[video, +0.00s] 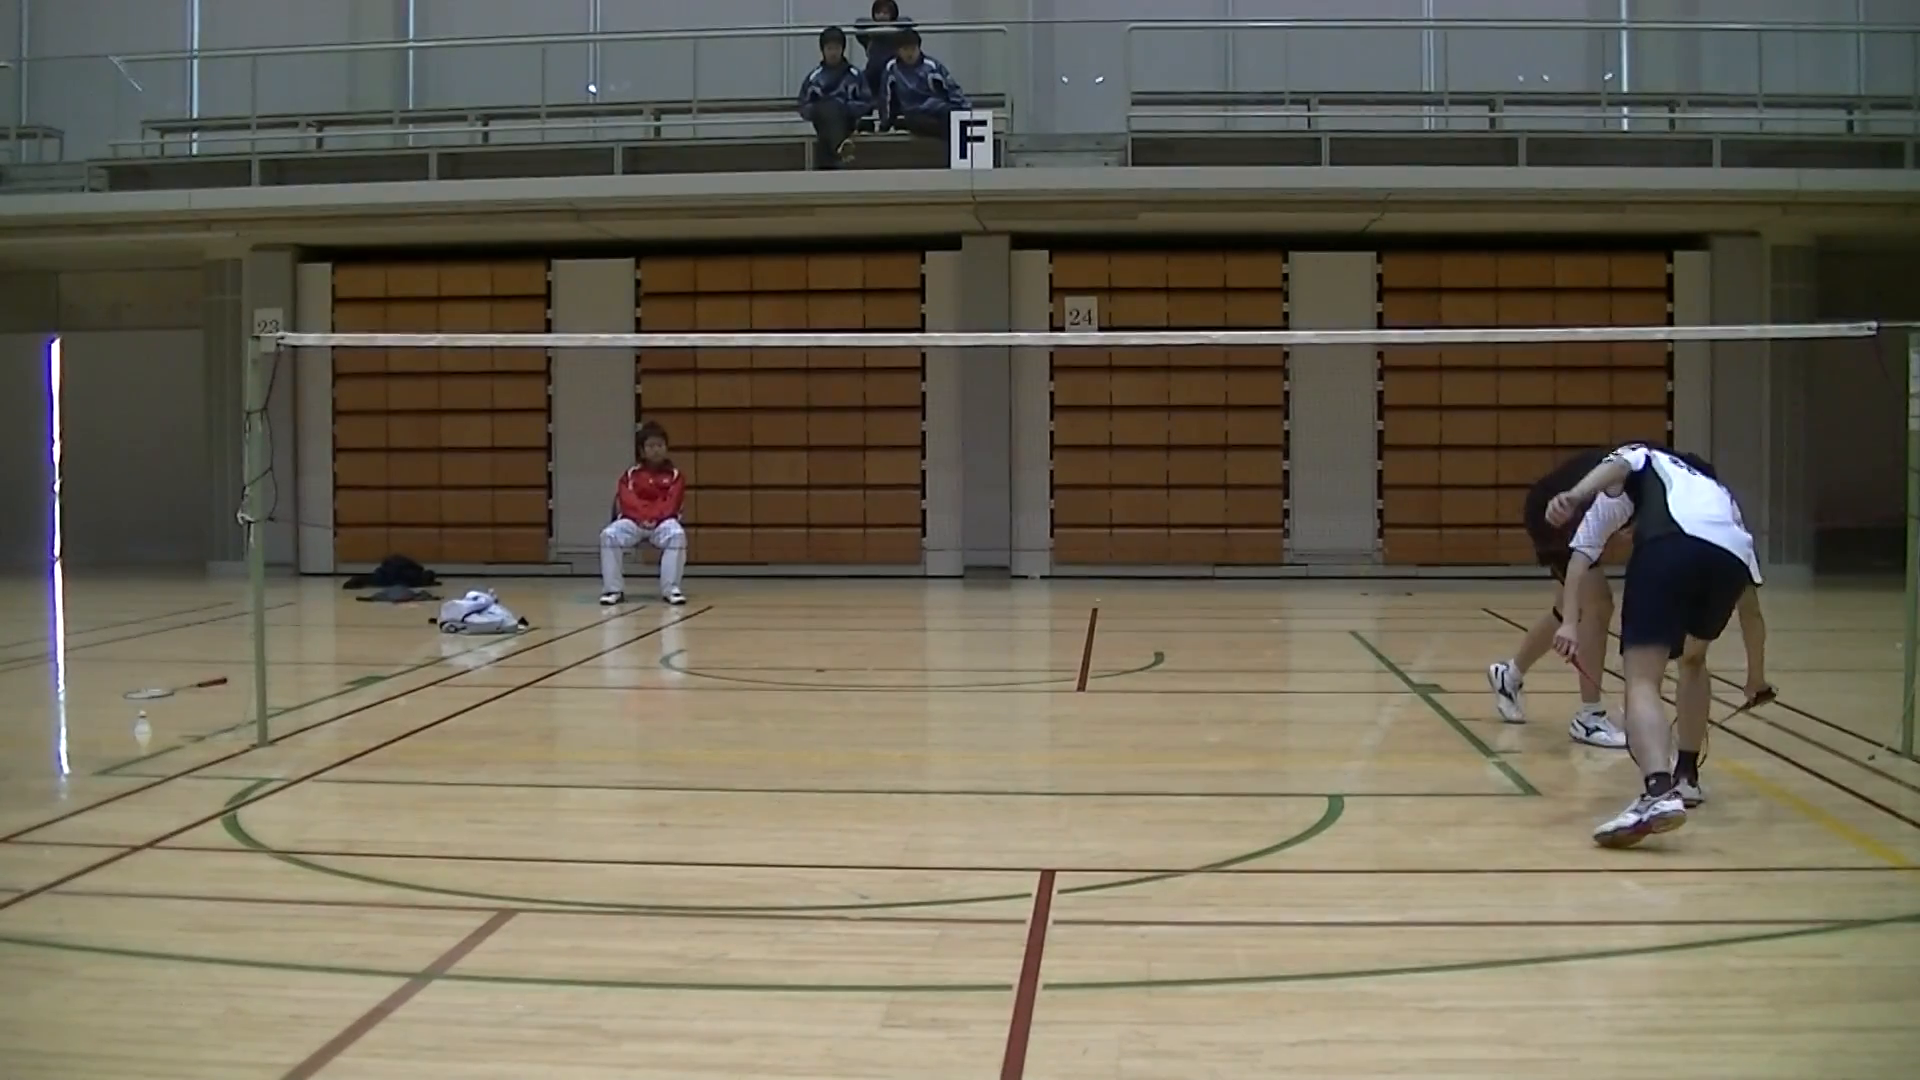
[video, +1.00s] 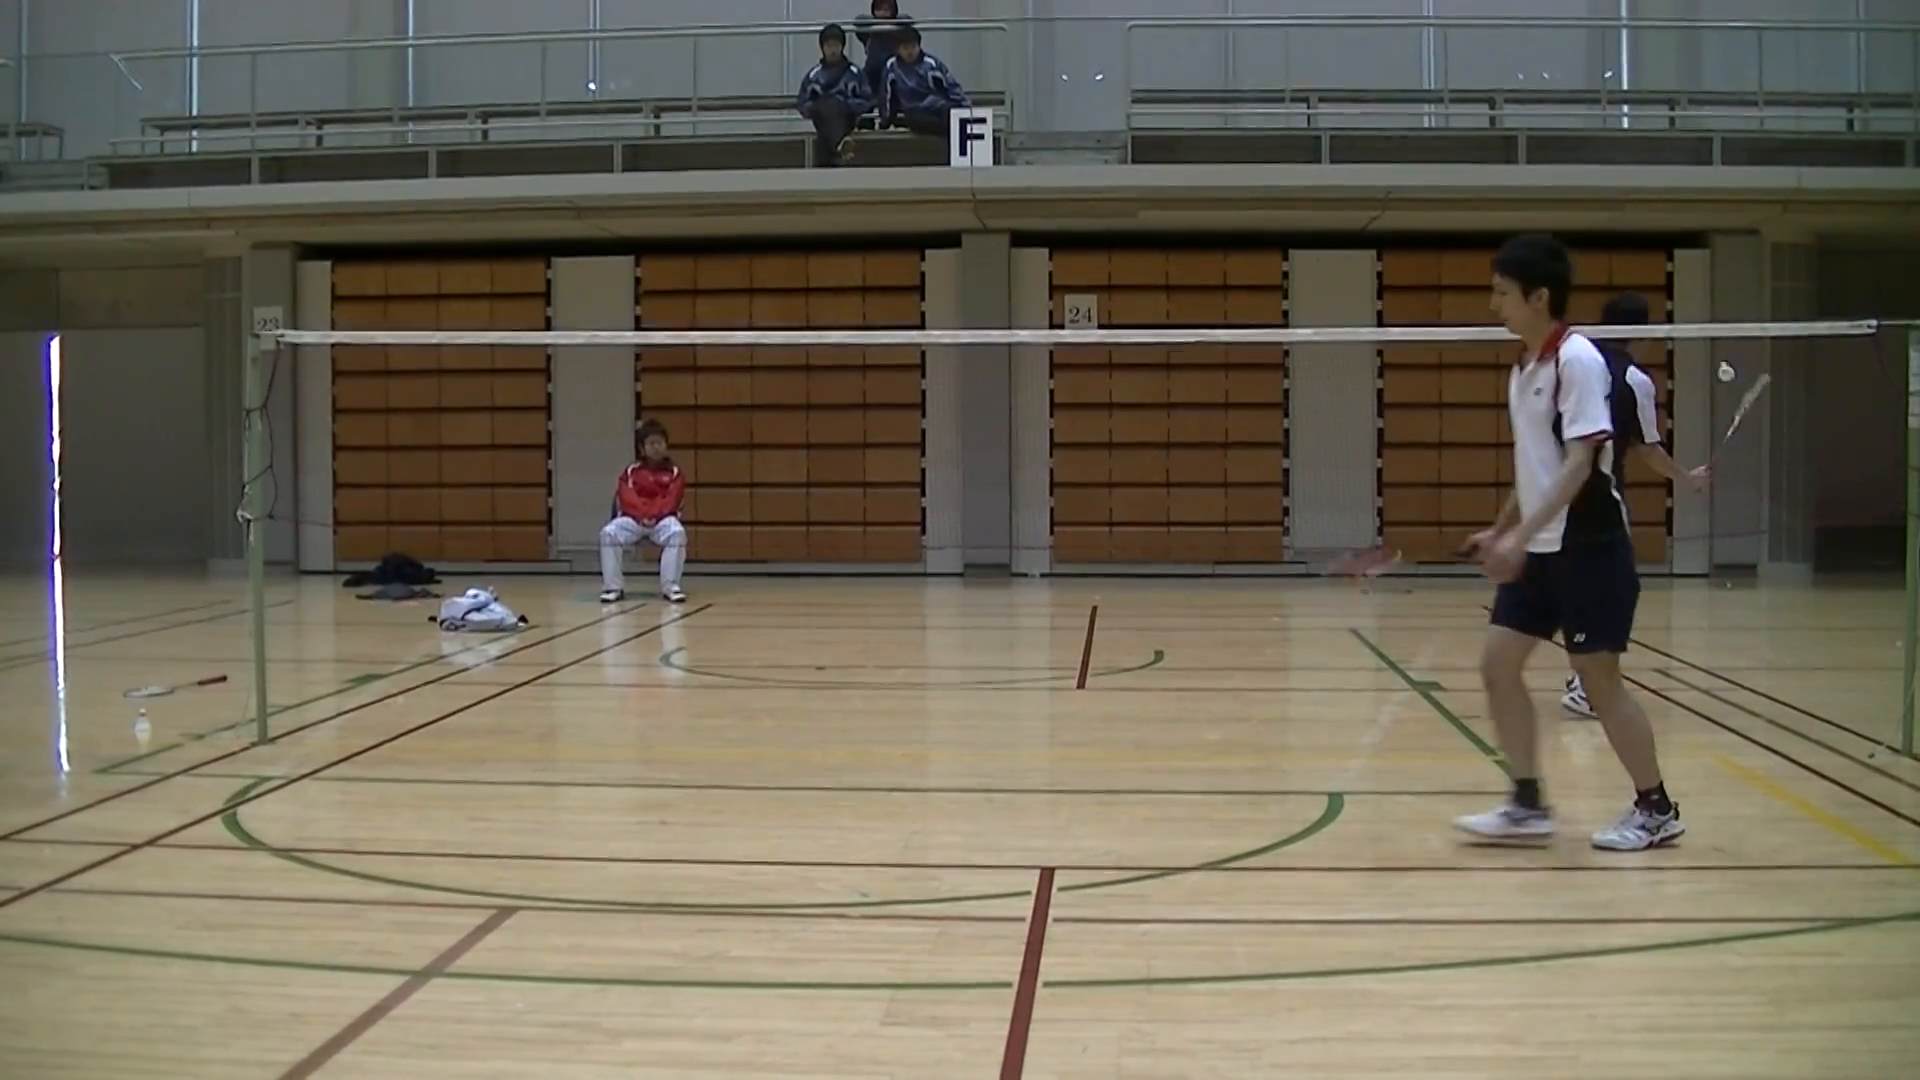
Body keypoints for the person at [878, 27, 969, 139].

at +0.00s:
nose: (910, 54)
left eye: (913, 49)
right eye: (905, 49)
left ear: (919, 48)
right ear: (898, 51)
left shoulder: (933, 66)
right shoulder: (892, 69)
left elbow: (951, 88)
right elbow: (887, 98)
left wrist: (964, 108)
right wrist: (885, 124)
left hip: (940, 110)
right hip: (914, 115)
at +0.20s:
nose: (909, 54)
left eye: (913, 49)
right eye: (905, 50)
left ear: (919, 48)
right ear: (898, 51)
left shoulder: (933, 66)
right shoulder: (892, 69)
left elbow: (951, 89)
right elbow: (887, 98)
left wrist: (965, 108)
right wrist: (886, 123)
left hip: (940, 109)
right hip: (914, 114)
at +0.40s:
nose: (910, 54)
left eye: (913, 49)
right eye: (905, 50)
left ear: (919, 49)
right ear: (898, 51)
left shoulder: (933, 65)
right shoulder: (892, 69)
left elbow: (951, 88)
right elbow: (886, 97)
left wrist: (964, 106)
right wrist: (886, 121)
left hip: (941, 109)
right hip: (913, 114)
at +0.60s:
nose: (910, 53)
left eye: (913, 48)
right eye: (905, 49)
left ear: (919, 48)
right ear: (898, 51)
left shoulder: (932, 64)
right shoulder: (892, 69)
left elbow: (951, 87)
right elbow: (886, 96)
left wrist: (964, 106)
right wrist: (886, 121)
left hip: (941, 109)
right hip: (914, 114)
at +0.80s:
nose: (910, 53)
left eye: (913, 48)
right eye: (905, 49)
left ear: (919, 48)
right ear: (898, 51)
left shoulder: (932, 64)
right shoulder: (892, 68)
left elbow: (951, 87)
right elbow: (887, 97)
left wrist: (965, 107)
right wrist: (887, 121)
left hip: (940, 109)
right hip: (914, 114)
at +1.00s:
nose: (910, 52)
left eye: (913, 47)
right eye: (905, 48)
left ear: (919, 47)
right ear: (898, 50)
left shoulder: (932, 63)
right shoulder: (892, 67)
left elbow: (951, 86)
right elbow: (886, 95)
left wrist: (965, 106)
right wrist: (886, 120)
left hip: (940, 107)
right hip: (913, 112)